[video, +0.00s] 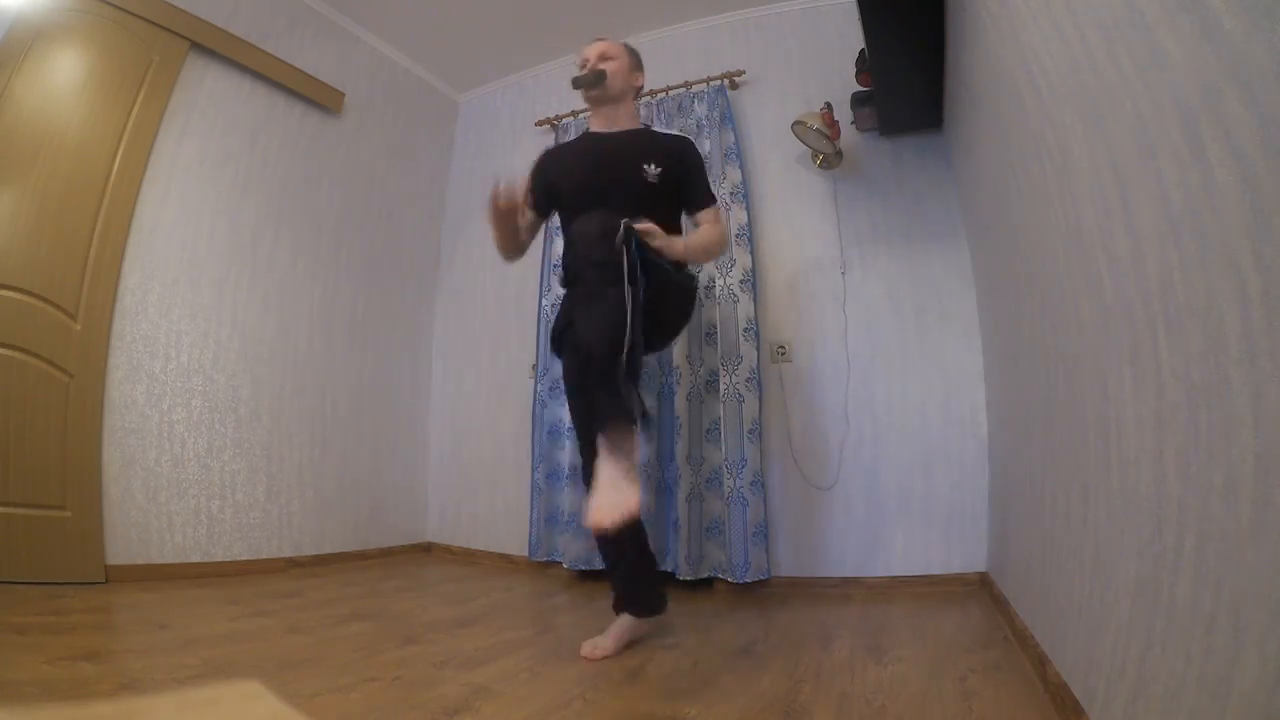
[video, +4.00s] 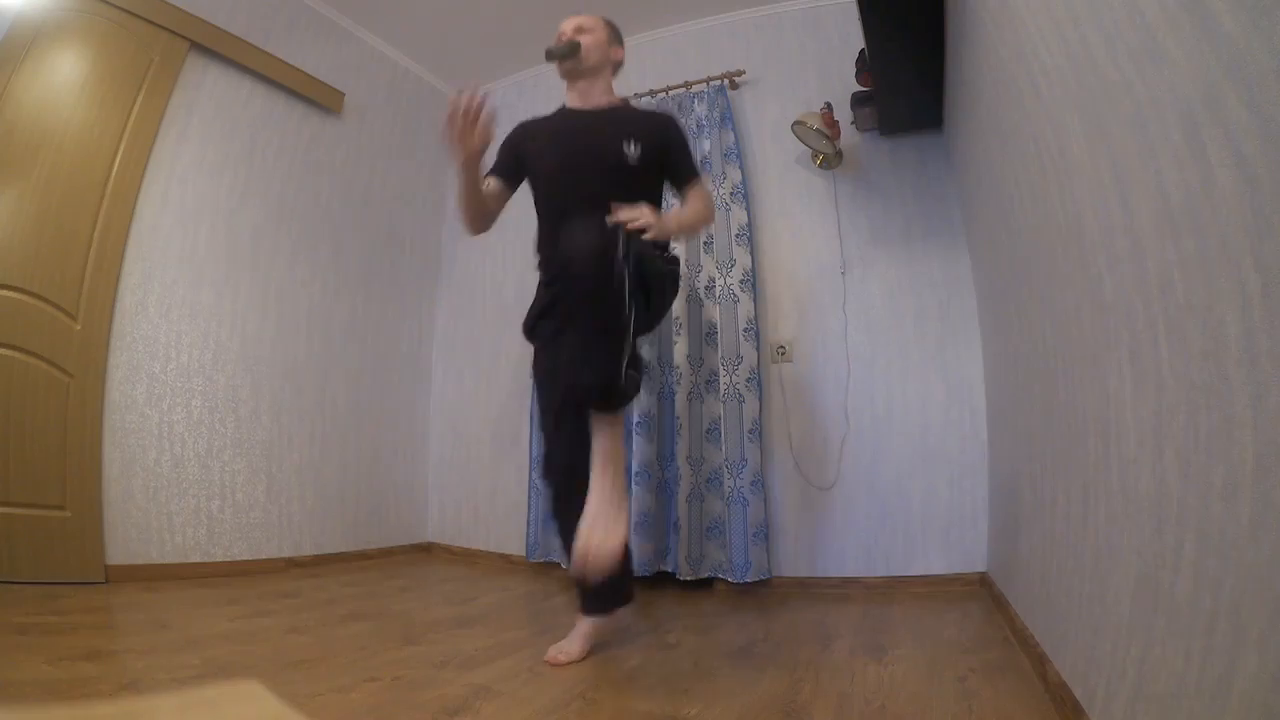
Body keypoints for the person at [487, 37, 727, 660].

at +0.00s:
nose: (592, 59)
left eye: (608, 54)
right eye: (585, 57)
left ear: (637, 82)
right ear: (578, 88)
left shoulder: (673, 150)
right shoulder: (555, 162)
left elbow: (715, 237)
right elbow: (513, 250)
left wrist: (674, 247)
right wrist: (504, 222)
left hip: (659, 306)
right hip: (586, 312)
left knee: (599, 230)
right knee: (600, 451)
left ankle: (616, 441)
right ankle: (639, 600)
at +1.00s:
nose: (578, 39)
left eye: (593, 30)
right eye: (571, 35)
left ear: (627, 49)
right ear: (569, 59)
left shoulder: (657, 105)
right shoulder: (567, 133)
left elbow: (702, 172)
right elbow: (593, 211)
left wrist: (601, 124)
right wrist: (560, 241)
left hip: (648, 285)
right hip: (582, 283)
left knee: (633, 430)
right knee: (484, 361)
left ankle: (650, 613)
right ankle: (558, 508)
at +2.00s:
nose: (572, 49)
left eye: (588, 41)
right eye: (565, 45)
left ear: (622, 65)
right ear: (559, 74)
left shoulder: (650, 124)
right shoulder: (565, 154)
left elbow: (706, 198)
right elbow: (587, 246)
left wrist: (603, 151)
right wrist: (543, 265)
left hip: (647, 309)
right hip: (581, 300)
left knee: (647, 471)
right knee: (462, 283)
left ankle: (650, 625)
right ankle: (536, 439)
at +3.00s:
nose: (555, 37)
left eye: (571, 28)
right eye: (550, 34)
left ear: (607, 49)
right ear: (546, 61)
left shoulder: (646, 106)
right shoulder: (546, 138)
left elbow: (714, 180)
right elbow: (552, 231)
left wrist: (648, 188)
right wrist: (515, 220)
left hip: (633, 273)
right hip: (567, 276)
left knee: (601, 419)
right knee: (472, 374)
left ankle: (618, 599)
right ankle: (535, 535)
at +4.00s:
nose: (566, 34)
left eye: (583, 28)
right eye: (560, 31)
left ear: (616, 53)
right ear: (554, 61)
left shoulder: (654, 127)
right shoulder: (530, 135)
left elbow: (700, 205)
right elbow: (478, 217)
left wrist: (663, 222)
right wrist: (468, 163)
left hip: (638, 286)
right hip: (565, 298)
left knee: (589, 244)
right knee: (567, 461)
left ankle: (609, 457)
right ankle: (598, 605)